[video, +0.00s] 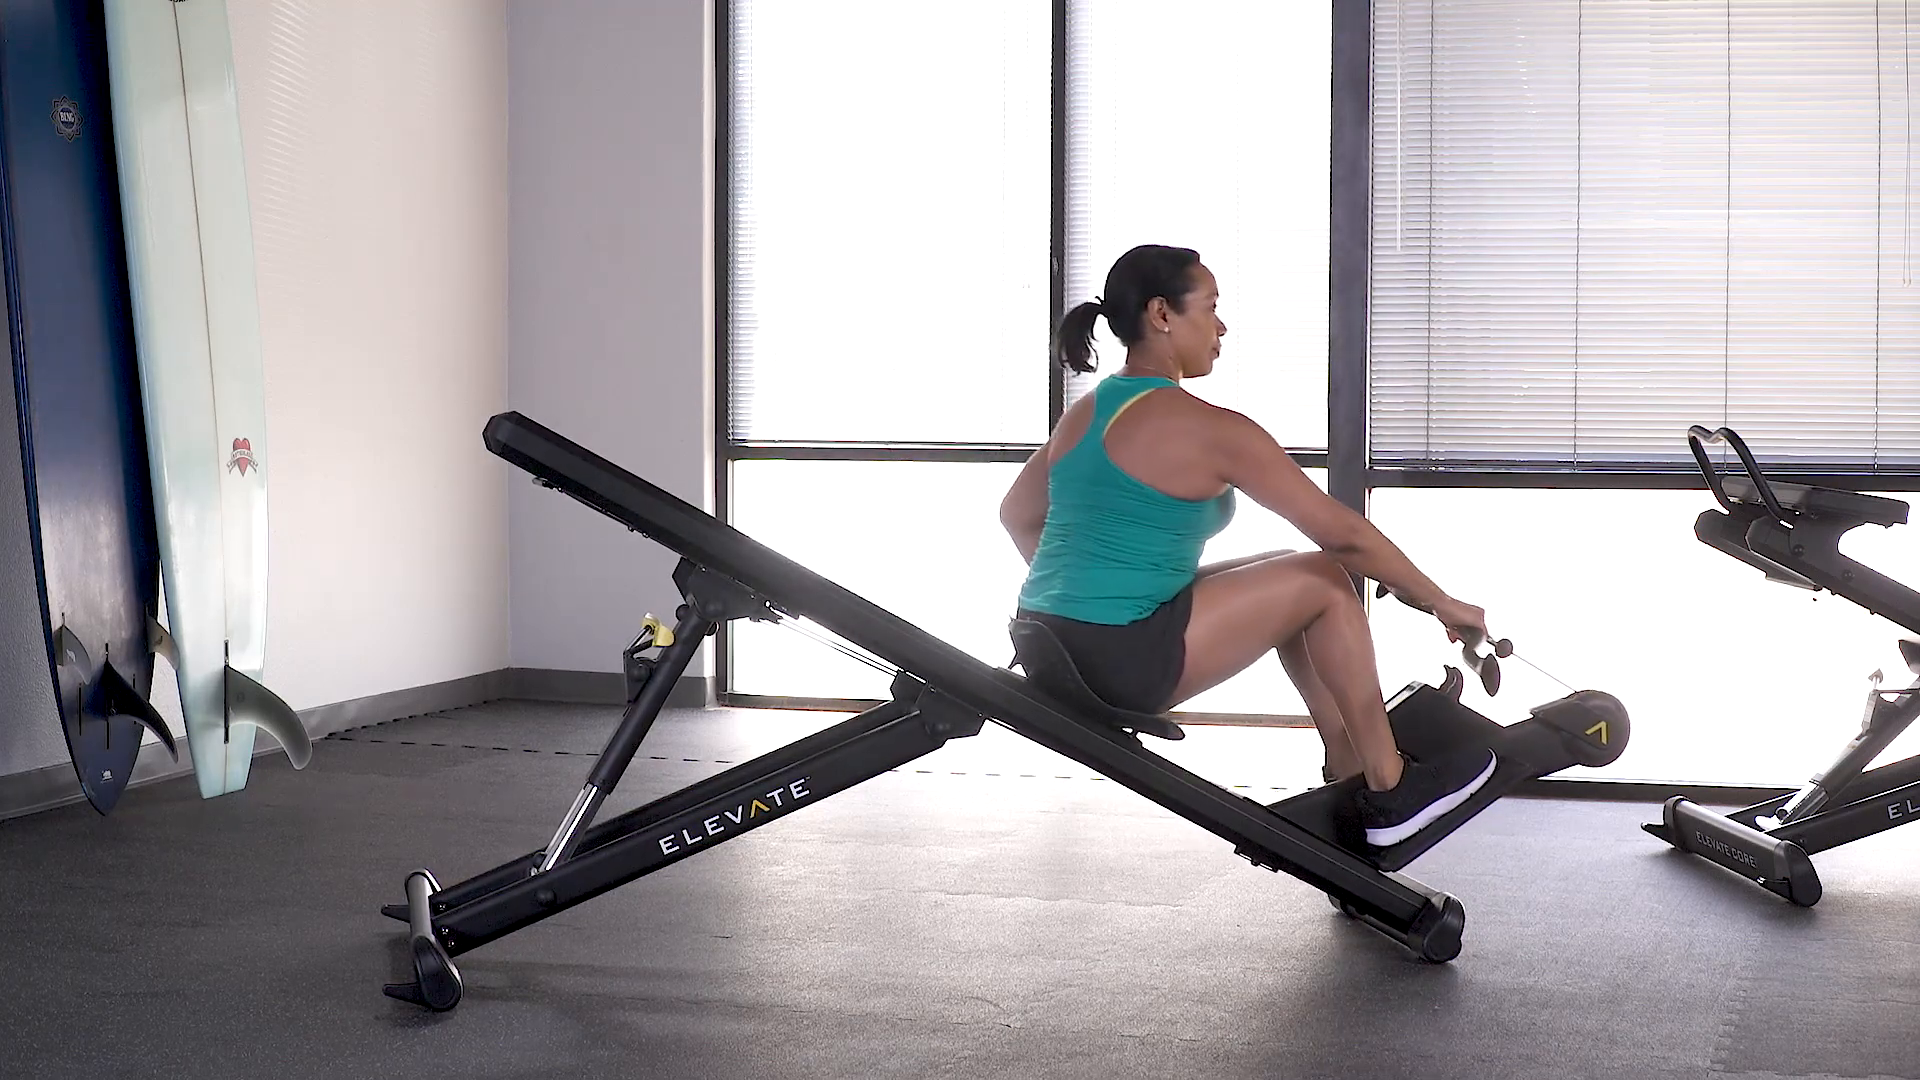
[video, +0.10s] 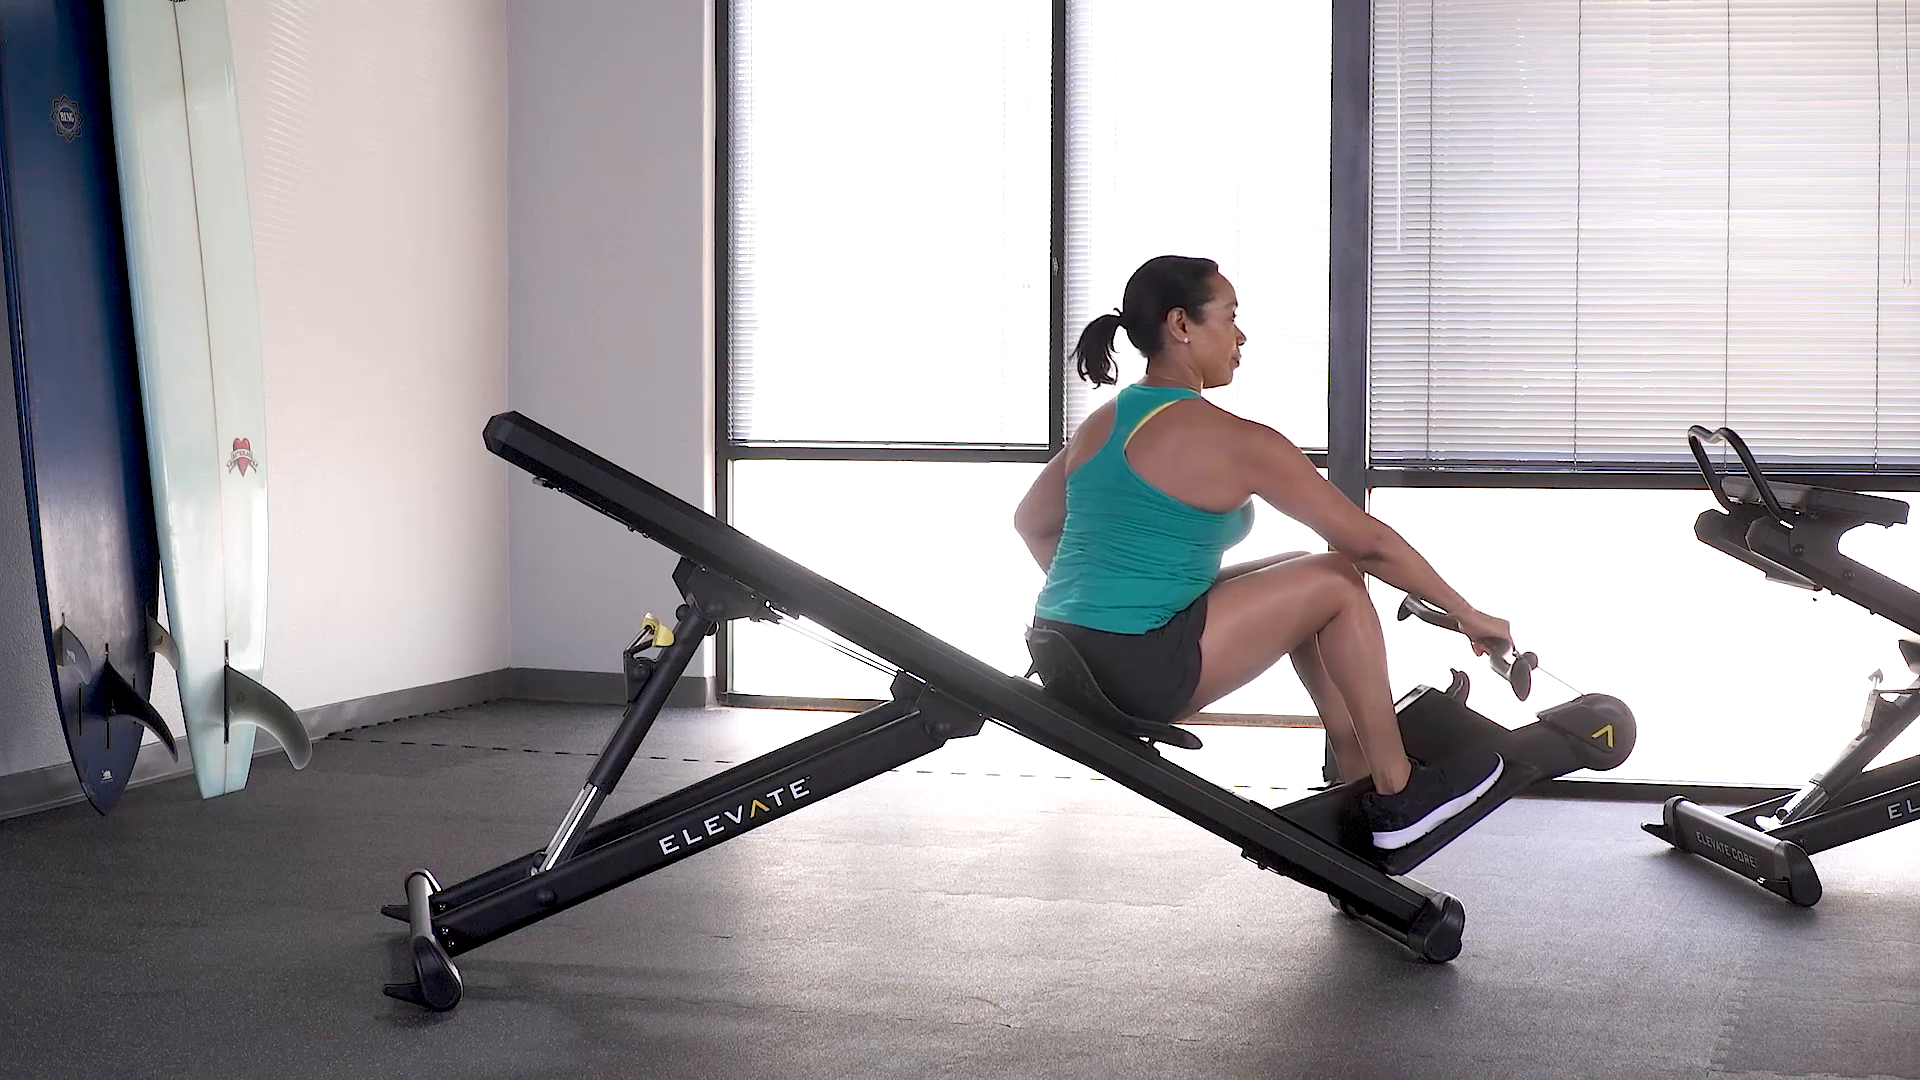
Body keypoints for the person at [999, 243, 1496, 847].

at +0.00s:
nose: (1221, 325)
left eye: (1216, 307)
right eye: (1210, 307)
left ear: (1155, 318)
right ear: (1161, 315)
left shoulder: (1087, 410)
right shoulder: (1218, 431)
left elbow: (1019, 514)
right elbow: (1347, 536)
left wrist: (1073, 588)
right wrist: (1442, 604)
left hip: (1046, 632)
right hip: (1121, 651)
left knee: (1298, 574)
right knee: (1327, 582)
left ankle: (1347, 762)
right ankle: (1390, 783)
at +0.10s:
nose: (1241, 335)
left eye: (1236, 318)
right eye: (1229, 318)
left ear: (1171, 331)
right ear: (1181, 328)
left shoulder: (1106, 420)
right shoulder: (1240, 441)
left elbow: (1034, 522)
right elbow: (1369, 543)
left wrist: (1089, 594)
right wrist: (1467, 615)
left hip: (1061, 644)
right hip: (1136, 662)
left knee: (1311, 571)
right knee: (1337, 583)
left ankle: (1355, 767)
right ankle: (1398, 790)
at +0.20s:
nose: (1248, 336)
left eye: (1242, 318)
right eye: (1235, 319)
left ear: (1178, 335)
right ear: (1188, 331)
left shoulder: (1112, 423)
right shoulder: (1247, 445)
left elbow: (1040, 523)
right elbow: (1374, 544)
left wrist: (1093, 596)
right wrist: (1471, 617)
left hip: (1068, 646)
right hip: (1143, 665)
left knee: (1312, 573)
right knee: (1343, 583)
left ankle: (1357, 766)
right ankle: (1401, 794)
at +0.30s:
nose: (1236, 330)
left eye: (1231, 313)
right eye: (1225, 314)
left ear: (1169, 328)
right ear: (1176, 326)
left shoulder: (1103, 418)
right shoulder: (1237, 440)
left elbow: (1033, 519)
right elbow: (1364, 541)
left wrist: (1087, 591)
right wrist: (1459, 612)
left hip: (1058, 641)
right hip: (1133, 660)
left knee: (1307, 573)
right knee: (1336, 585)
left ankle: (1353, 764)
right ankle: (1397, 790)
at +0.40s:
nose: (1209, 314)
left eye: (1203, 296)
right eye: (1197, 298)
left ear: (1139, 313)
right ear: (1146, 310)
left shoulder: (1083, 398)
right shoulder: (1203, 423)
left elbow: (1011, 504)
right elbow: (1328, 530)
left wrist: (1062, 579)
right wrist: (1429, 596)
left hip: (1033, 625)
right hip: (1105, 640)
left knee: (1288, 578)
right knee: (1315, 585)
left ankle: (1346, 761)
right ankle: (1389, 786)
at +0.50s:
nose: (1164, 293)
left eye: (1159, 276)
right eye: (1151, 276)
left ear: (1092, 287)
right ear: (1101, 285)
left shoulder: (1039, 374)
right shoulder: (1145, 394)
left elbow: (975, 485)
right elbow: (1264, 510)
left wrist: (1035, 553)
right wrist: (1371, 570)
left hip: (995, 605)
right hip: (1062, 618)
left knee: (1251, 584)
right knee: (1274, 582)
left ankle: (1332, 760)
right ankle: (1371, 776)